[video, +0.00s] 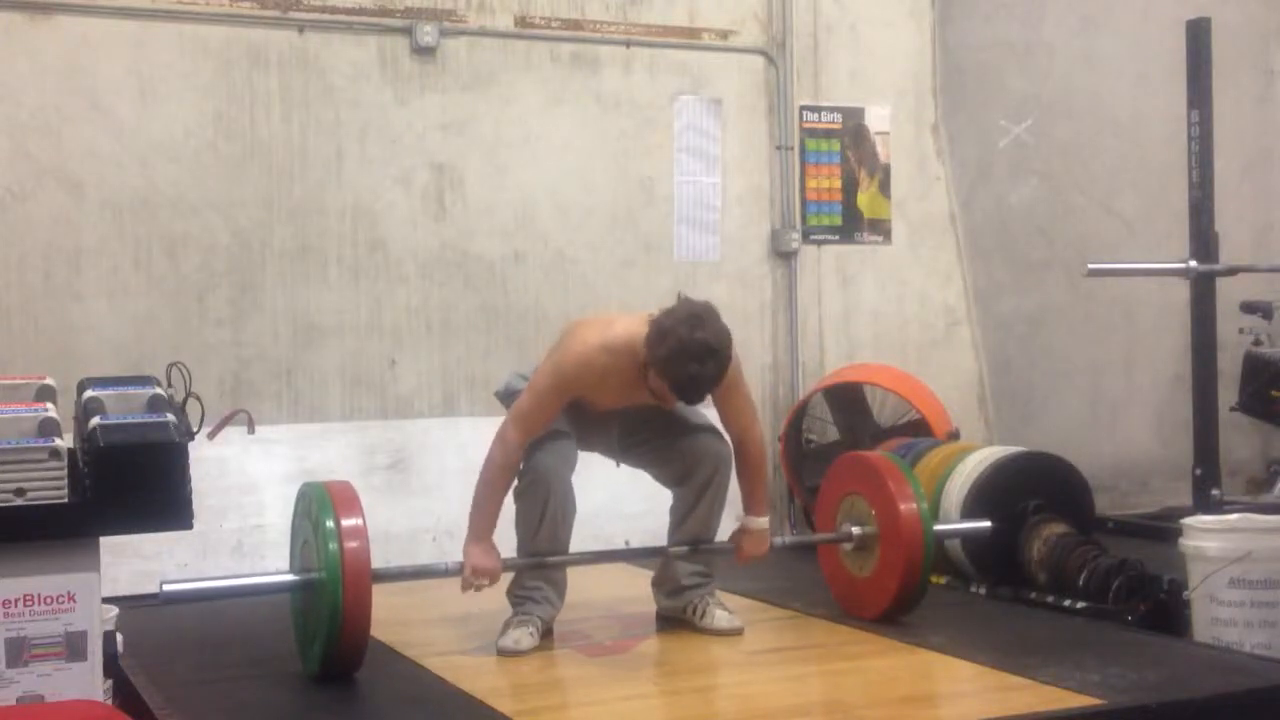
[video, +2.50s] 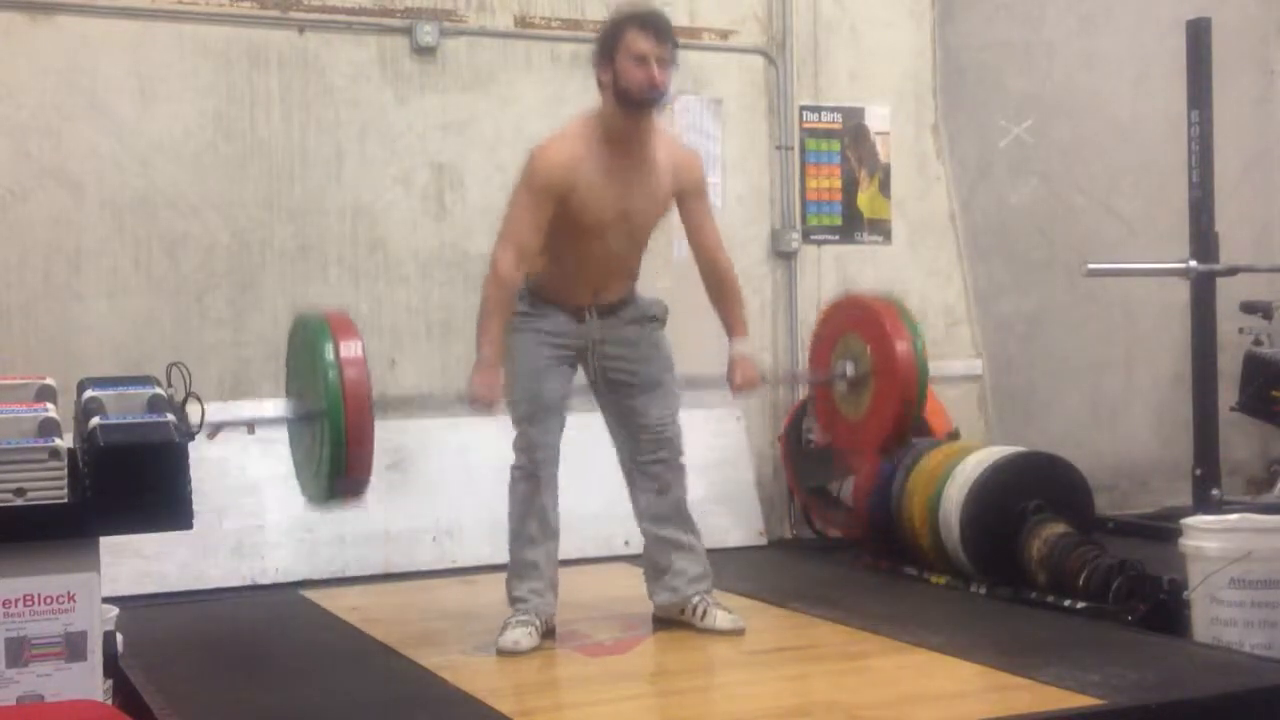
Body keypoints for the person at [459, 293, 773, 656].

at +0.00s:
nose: (672, 406)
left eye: (683, 401)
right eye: (664, 395)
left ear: (712, 373)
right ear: (649, 363)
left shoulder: (716, 358)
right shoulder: (583, 354)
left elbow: (747, 433)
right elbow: (508, 441)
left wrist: (757, 520)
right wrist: (478, 540)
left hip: (628, 411)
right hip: (560, 406)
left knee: (709, 453)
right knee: (548, 465)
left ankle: (683, 591)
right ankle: (532, 607)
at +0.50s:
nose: (681, 412)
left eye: (692, 406)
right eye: (674, 403)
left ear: (715, 380)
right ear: (656, 369)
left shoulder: (719, 365)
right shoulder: (589, 355)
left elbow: (747, 437)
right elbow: (511, 441)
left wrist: (757, 521)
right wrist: (480, 542)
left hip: (633, 419)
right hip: (561, 416)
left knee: (711, 456)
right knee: (544, 470)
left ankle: (683, 592)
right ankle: (533, 606)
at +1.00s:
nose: (678, 402)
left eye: (692, 394)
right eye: (671, 391)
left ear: (708, 375)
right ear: (653, 360)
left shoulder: (707, 365)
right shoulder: (595, 361)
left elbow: (752, 431)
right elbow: (500, 436)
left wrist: (761, 518)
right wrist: (488, 542)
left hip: (633, 460)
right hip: (564, 459)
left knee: (716, 461)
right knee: (547, 471)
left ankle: (681, 598)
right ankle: (534, 610)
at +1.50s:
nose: (667, 322)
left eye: (677, 307)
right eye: (653, 307)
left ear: (686, 303)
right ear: (620, 300)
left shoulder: (686, 357)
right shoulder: (572, 359)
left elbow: (740, 429)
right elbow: (491, 435)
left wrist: (760, 513)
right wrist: (492, 536)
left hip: (640, 510)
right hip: (573, 513)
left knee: (720, 467)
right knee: (545, 478)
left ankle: (682, 598)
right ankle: (535, 609)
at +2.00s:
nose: (680, 244)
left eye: (688, 232)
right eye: (664, 231)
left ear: (697, 239)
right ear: (628, 242)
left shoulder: (698, 320)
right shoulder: (579, 315)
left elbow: (727, 417)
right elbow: (522, 417)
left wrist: (750, 503)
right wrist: (491, 524)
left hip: (626, 407)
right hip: (554, 408)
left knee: (699, 448)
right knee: (548, 465)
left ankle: (682, 594)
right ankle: (534, 607)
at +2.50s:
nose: (652, 75)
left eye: (661, 64)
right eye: (638, 61)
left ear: (670, 75)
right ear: (604, 70)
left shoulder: (677, 164)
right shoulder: (558, 159)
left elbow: (712, 258)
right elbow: (510, 256)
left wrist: (740, 341)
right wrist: (488, 359)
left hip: (625, 318)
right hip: (543, 318)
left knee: (658, 450)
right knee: (535, 456)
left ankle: (682, 592)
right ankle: (529, 607)